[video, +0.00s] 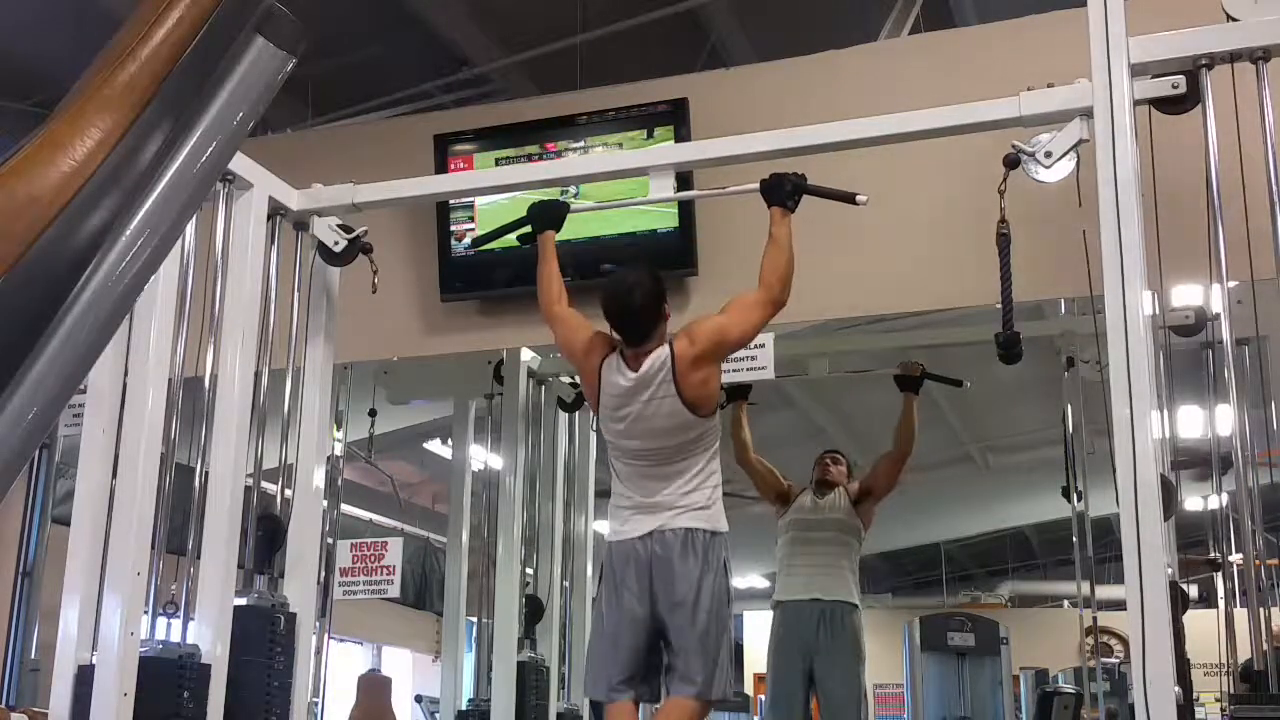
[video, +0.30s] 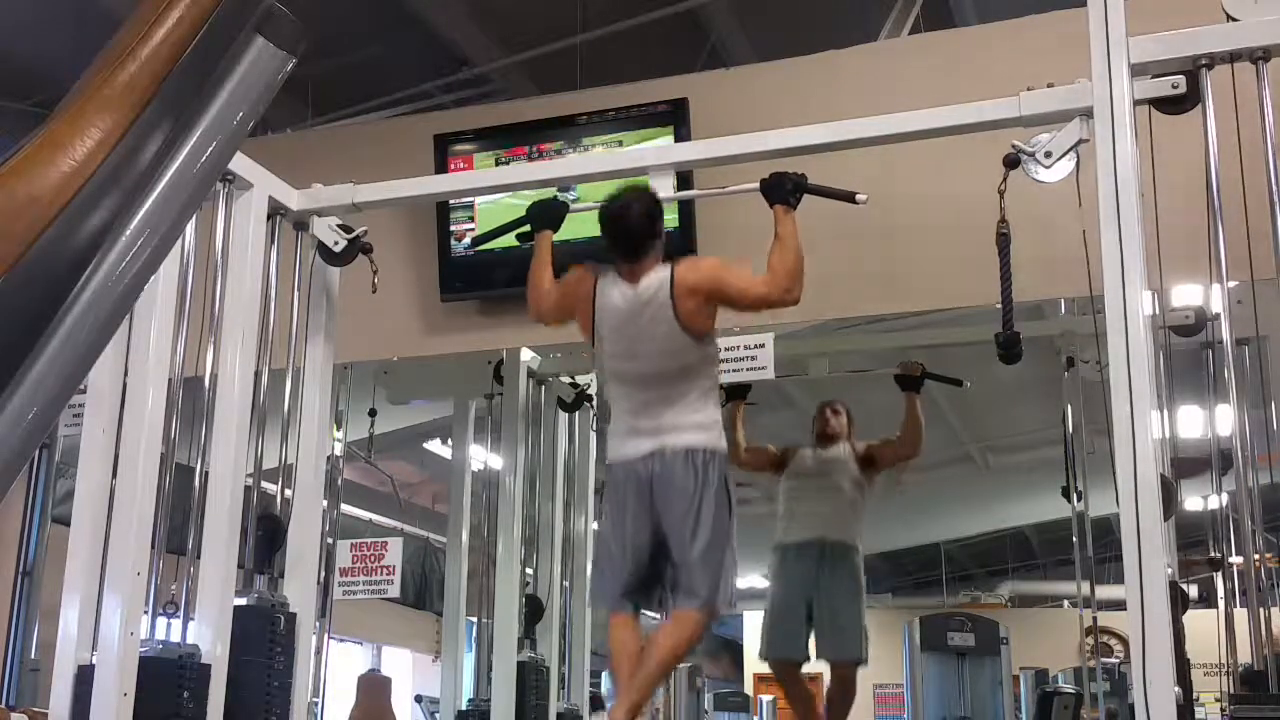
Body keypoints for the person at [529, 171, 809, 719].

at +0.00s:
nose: (668, 301)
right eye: (665, 296)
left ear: (610, 318)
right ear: (665, 310)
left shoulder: (594, 358)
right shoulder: (700, 346)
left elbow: (553, 305)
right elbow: (771, 295)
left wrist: (545, 235)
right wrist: (781, 211)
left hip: (626, 538)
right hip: (693, 534)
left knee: (618, 687)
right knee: (690, 684)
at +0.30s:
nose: (654, 229)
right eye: (656, 223)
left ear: (608, 238)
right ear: (661, 230)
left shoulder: (586, 288)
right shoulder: (695, 277)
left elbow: (541, 303)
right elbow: (783, 289)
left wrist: (543, 237)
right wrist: (785, 210)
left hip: (626, 463)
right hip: (692, 458)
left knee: (620, 602)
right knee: (697, 600)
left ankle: (627, 716)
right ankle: (622, 712)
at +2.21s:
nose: (675, 289)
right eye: (671, 283)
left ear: (611, 302)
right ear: (665, 296)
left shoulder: (592, 346)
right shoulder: (699, 334)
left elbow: (549, 302)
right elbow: (776, 293)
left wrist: (544, 235)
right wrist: (782, 211)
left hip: (625, 529)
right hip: (693, 526)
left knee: (623, 684)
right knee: (701, 679)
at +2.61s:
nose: (664, 235)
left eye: (654, 230)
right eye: (661, 230)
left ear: (610, 247)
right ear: (660, 239)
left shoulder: (589, 293)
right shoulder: (693, 286)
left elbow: (542, 308)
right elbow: (784, 289)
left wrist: (543, 236)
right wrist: (785, 211)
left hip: (627, 471)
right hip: (691, 467)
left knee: (617, 605)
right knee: (701, 607)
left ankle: (617, 716)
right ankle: (614, 710)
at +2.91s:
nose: (669, 165)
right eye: (667, 159)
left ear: (614, 180)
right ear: (667, 171)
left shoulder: (590, 234)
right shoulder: (698, 226)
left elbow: (542, 304)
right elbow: (777, 278)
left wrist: (542, 234)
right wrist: (785, 206)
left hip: (635, 396)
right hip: (697, 389)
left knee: (641, 540)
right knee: (702, 534)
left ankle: (656, 667)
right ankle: (633, 662)